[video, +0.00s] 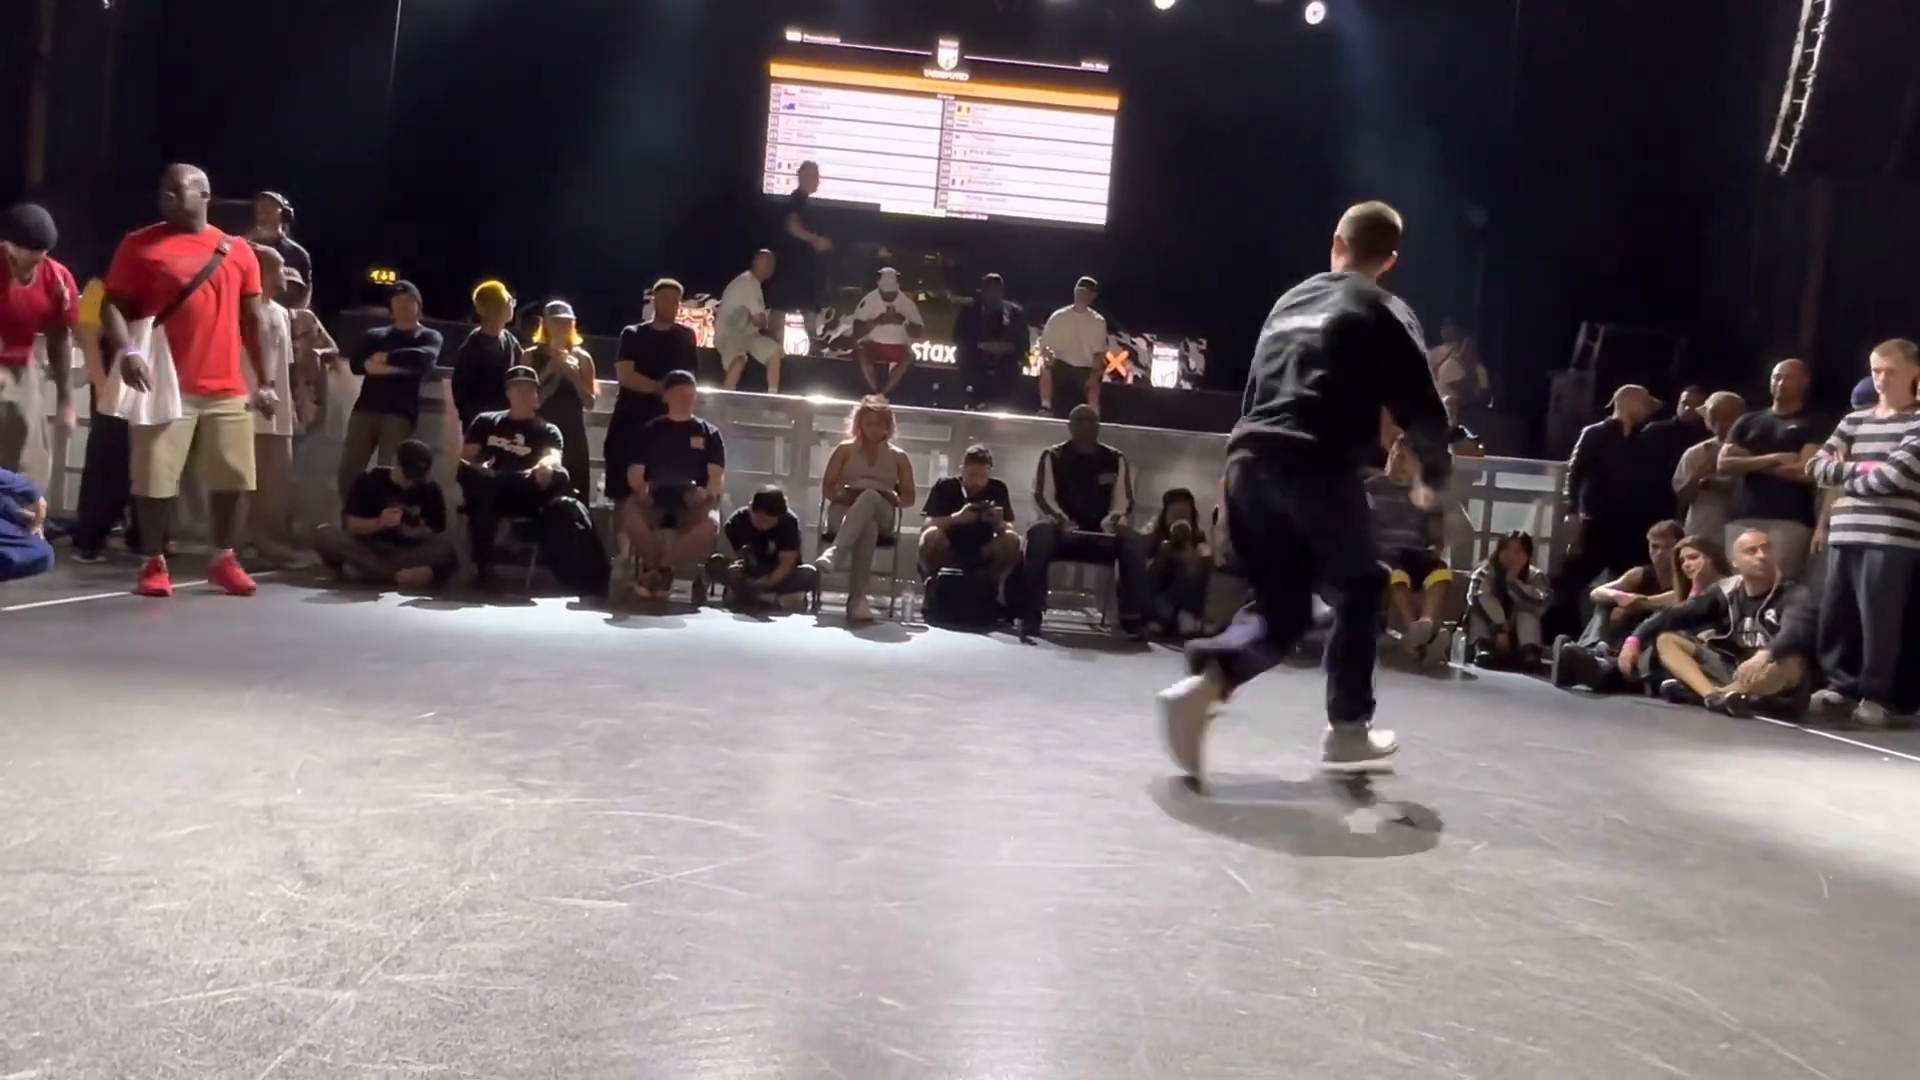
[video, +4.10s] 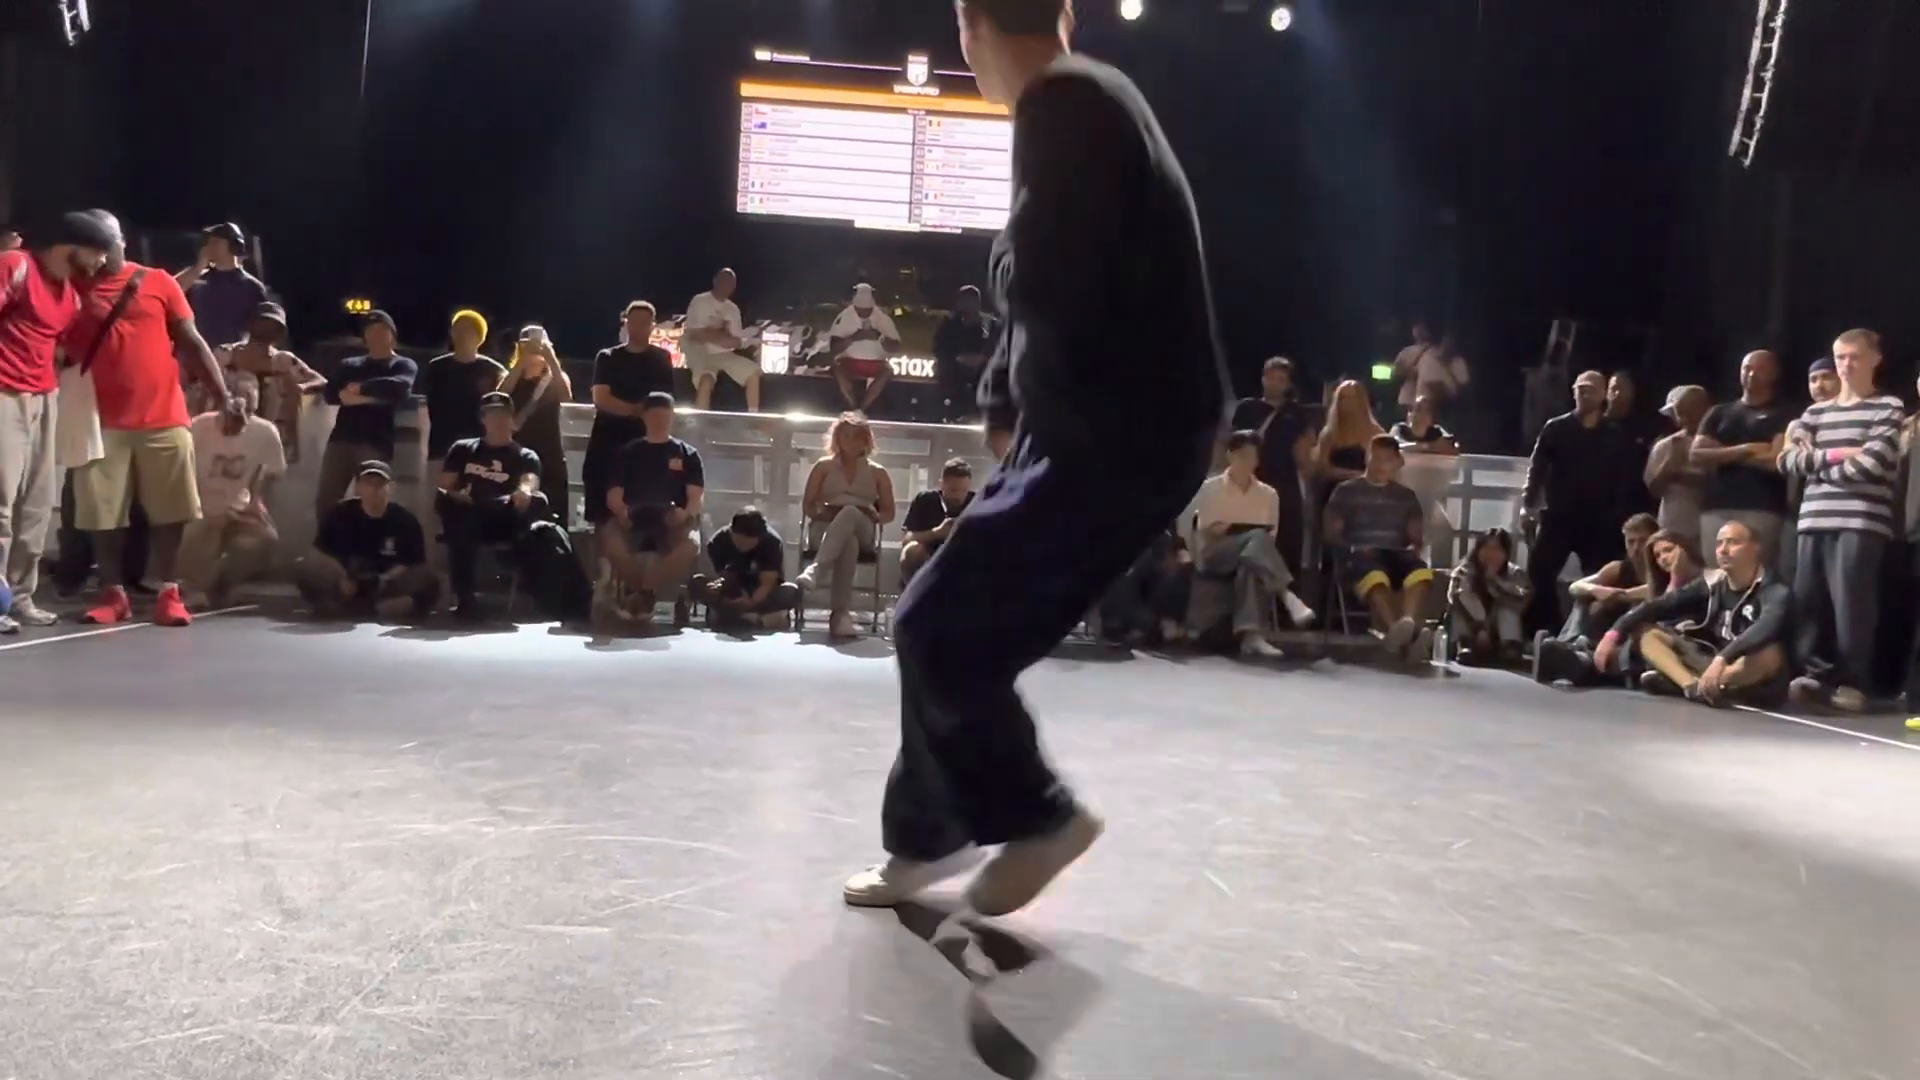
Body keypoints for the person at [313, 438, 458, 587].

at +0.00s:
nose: (407, 484)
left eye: (414, 480)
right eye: (405, 477)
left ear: (423, 474)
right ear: (395, 464)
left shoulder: (429, 489)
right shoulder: (369, 480)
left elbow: (437, 531)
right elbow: (351, 525)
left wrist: (415, 531)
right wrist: (380, 523)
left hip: (410, 550)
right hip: (369, 547)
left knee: (444, 550)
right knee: (323, 535)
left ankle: (370, 573)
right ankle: (394, 574)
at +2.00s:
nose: (401, 483)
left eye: (408, 480)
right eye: (397, 477)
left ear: (419, 471)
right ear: (387, 462)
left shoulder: (428, 489)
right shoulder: (365, 480)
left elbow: (432, 531)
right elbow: (347, 524)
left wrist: (407, 532)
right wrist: (367, 523)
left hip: (409, 550)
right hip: (368, 547)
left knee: (443, 548)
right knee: (326, 535)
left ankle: (370, 572)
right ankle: (393, 573)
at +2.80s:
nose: (400, 466)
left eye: (405, 460)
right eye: (395, 459)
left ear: (412, 462)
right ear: (382, 459)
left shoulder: (427, 492)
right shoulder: (362, 485)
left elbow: (436, 535)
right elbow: (344, 527)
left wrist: (404, 528)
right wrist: (367, 527)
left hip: (409, 551)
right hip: (368, 547)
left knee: (445, 550)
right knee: (326, 538)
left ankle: (373, 576)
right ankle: (394, 577)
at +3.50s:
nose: (380, 471)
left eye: (386, 466)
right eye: (375, 465)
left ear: (395, 470)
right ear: (365, 467)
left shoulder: (412, 502)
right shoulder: (346, 497)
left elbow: (423, 546)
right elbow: (327, 538)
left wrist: (395, 548)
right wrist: (350, 541)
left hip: (395, 561)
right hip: (354, 560)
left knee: (433, 561)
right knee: (313, 550)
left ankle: (358, 588)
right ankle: (382, 591)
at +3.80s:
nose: (375, 477)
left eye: (380, 472)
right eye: (369, 471)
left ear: (389, 475)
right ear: (358, 474)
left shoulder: (405, 507)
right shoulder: (339, 501)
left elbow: (416, 548)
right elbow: (318, 540)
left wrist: (400, 558)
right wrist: (346, 557)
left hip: (389, 568)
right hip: (347, 567)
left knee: (427, 568)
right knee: (306, 556)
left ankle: (350, 596)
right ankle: (378, 596)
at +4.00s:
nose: (371, 485)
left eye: (377, 480)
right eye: (366, 479)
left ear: (386, 483)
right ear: (356, 481)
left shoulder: (402, 515)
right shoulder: (338, 509)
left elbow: (413, 557)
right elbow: (320, 548)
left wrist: (384, 573)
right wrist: (341, 574)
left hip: (385, 575)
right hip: (346, 572)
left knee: (424, 573)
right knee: (301, 562)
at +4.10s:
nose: (374, 491)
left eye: (380, 485)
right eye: (369, 484)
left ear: (389, 488)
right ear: (358, 487)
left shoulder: (405, 520)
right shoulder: (339, 514)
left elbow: (415, 562)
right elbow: (319, 553)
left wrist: (387, 579)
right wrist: (341, 578)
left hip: (386, 581)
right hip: (347, 580)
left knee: (428, 580)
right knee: (304, 567)